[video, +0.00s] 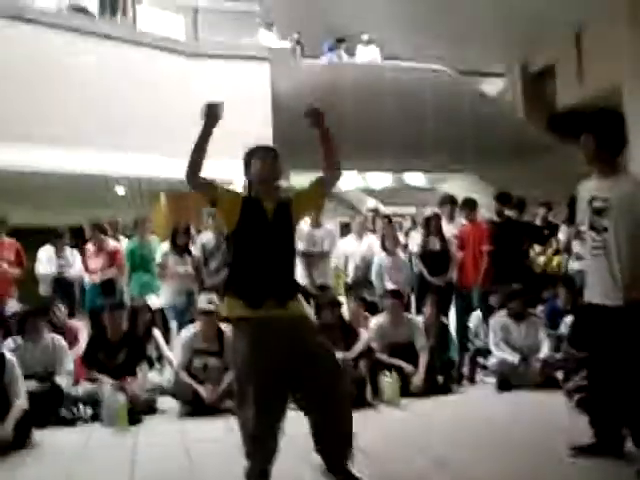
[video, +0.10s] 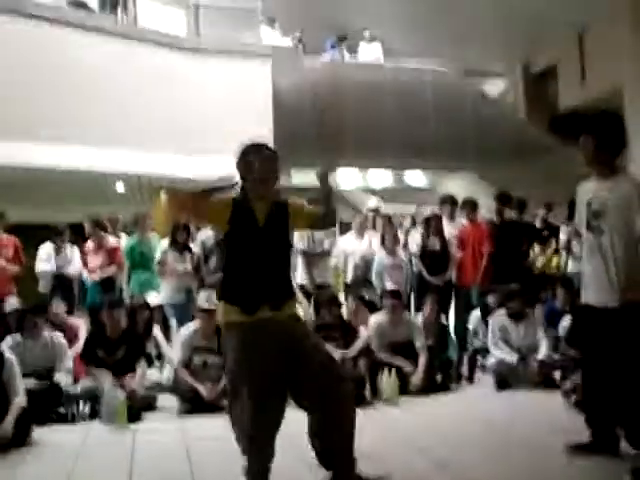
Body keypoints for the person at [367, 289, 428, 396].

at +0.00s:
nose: (392, 305)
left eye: (396, 300)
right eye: (389, 300)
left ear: (403, 304)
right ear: (384, 303)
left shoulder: (414, 323)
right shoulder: (377, 324)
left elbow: (423, 349)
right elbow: (376, 353)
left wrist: (420, 375)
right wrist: (402, 365)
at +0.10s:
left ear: (402, 306)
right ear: (384, 305)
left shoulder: (411, 323)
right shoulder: (376, 322)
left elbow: (423, 350)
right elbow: (378, 351)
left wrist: (419, 375)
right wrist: (404, 365)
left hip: (405, 347)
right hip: (385, 348)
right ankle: (374, 392)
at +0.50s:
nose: (388, 279)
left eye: (392, 275)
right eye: (384, 275)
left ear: (399, 279)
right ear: (380, 280)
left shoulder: (411, 297)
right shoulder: (374, 298)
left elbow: (421, 325)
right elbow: (375, 328)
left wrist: (417, 351)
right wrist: (400, 340)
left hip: (407, 326)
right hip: (386, 328)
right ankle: (374, 368)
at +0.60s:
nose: (387, 279)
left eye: (391, 275)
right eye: (383, 276)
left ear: (398, 279)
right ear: (379, 280)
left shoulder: (412, 298)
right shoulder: (373, 299)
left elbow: (420, 327)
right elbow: (373, 329)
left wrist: (417, 351)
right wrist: (400, 340)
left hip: (407, 329)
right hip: (385, 331)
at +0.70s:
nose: (388, 280)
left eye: (392, 275)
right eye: (384, 276)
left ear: (399, 279)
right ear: (380, 280)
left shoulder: (413, 299)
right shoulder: (374, 299)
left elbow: (422, 327)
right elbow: (375, 328)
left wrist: (418, 351)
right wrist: (401, 340)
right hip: (385, 332)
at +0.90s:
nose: (387, 280)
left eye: (391, 275)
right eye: (384, 276)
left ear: (399, 279)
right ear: (379, 280)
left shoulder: (413, 299)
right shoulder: (374, 300)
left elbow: (421, 326)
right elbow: (375, 328)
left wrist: (418, 351)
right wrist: (401, 339)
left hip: (408, 331)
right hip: (385, 332)